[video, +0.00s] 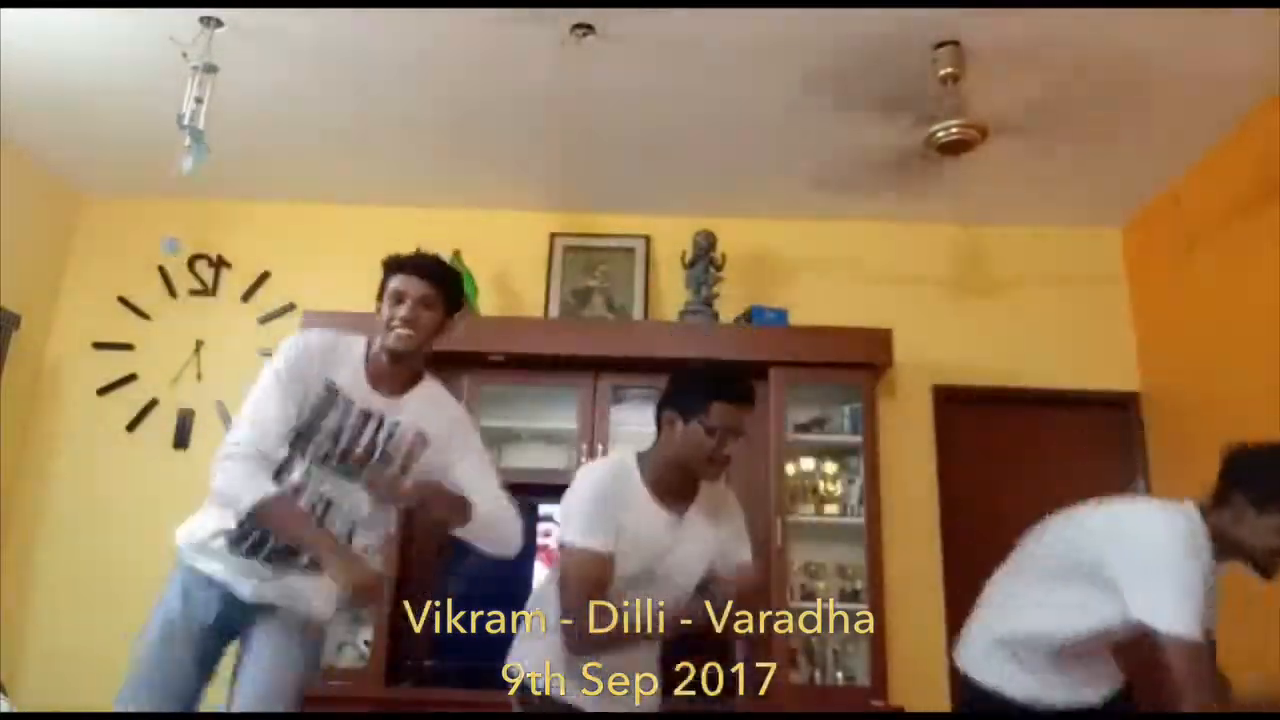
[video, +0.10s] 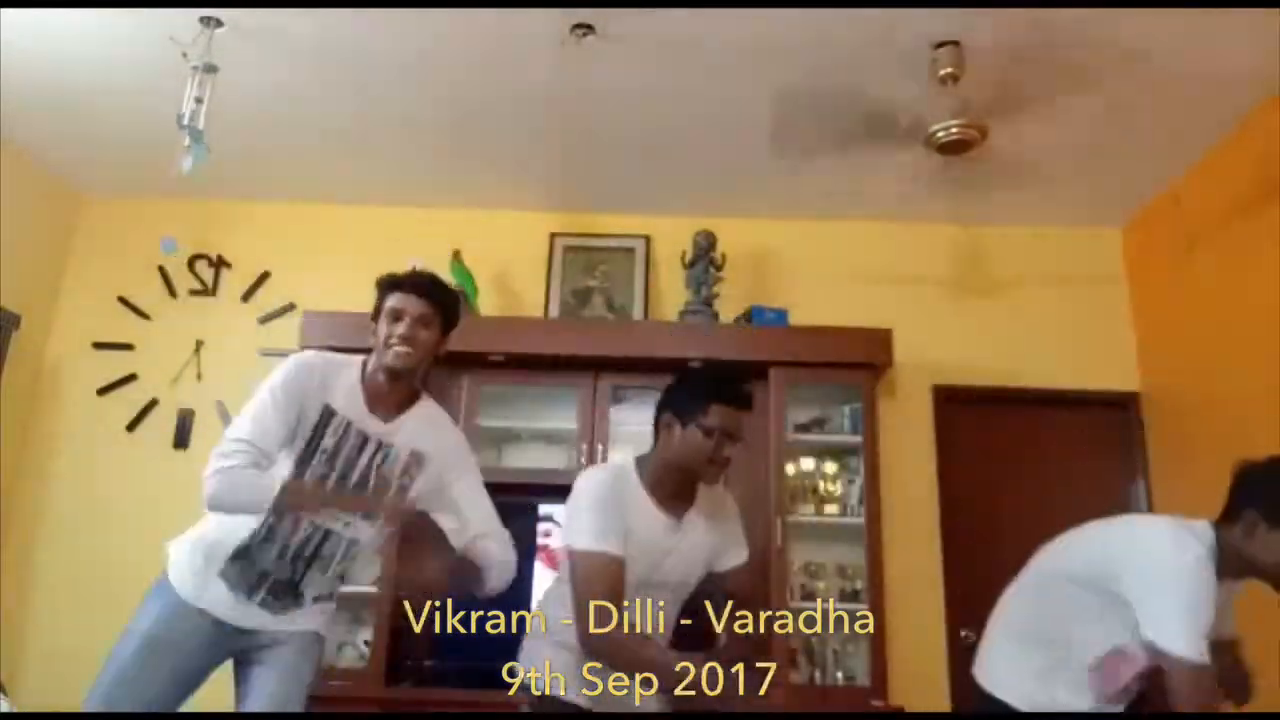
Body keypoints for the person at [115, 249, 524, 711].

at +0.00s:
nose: (405, 313)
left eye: (424, 305)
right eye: (396, 299)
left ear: (445, 325)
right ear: (379, 306)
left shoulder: (447, 421)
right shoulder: (311, 354)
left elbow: (508, 537)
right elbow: (235, 471)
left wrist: (436, 496)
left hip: (303, 592)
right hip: (219, 557)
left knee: (262, 706)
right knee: (144, 703)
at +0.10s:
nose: (404, 332)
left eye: (422, 325)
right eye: (396, 318)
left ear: (440, 346)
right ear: (375, 325)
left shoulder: (439, 440)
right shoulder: (308, 375)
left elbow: (498, 561)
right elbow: (222, 486)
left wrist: (442, 565)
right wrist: (335, 498)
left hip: (297, 623)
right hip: (204, 590)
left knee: (273, 712)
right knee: (109, 707)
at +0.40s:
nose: (398, 336)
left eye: (416, 327)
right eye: (388, 322)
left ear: (436, 347)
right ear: (368, 332)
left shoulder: (437, 448)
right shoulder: (301, 384)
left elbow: (459, 582)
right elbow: (191, 490)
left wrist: (417, 572)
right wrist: (300, 538)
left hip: (305, 633)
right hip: (209, 599)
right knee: (126, 705)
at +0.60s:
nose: (361, 328)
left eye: (379, 317)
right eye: (349, 315)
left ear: (405, 330)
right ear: (334, 325)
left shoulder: (432, 418)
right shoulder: (290, 399)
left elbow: (430, 550)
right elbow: (166, 495)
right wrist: (240, 509)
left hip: (341, 645)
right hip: (245, 622)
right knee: (179, 706)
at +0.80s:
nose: (301, 285)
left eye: (316, 269)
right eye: (292, 272)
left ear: (358, 270)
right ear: (285, 278)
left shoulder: (414, 339)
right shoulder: (276, 365)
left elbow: (383, 465)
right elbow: (161, 461)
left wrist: (267, 443)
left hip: (422, 573)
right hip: (326, 568)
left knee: (424, 705)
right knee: (301, 704)